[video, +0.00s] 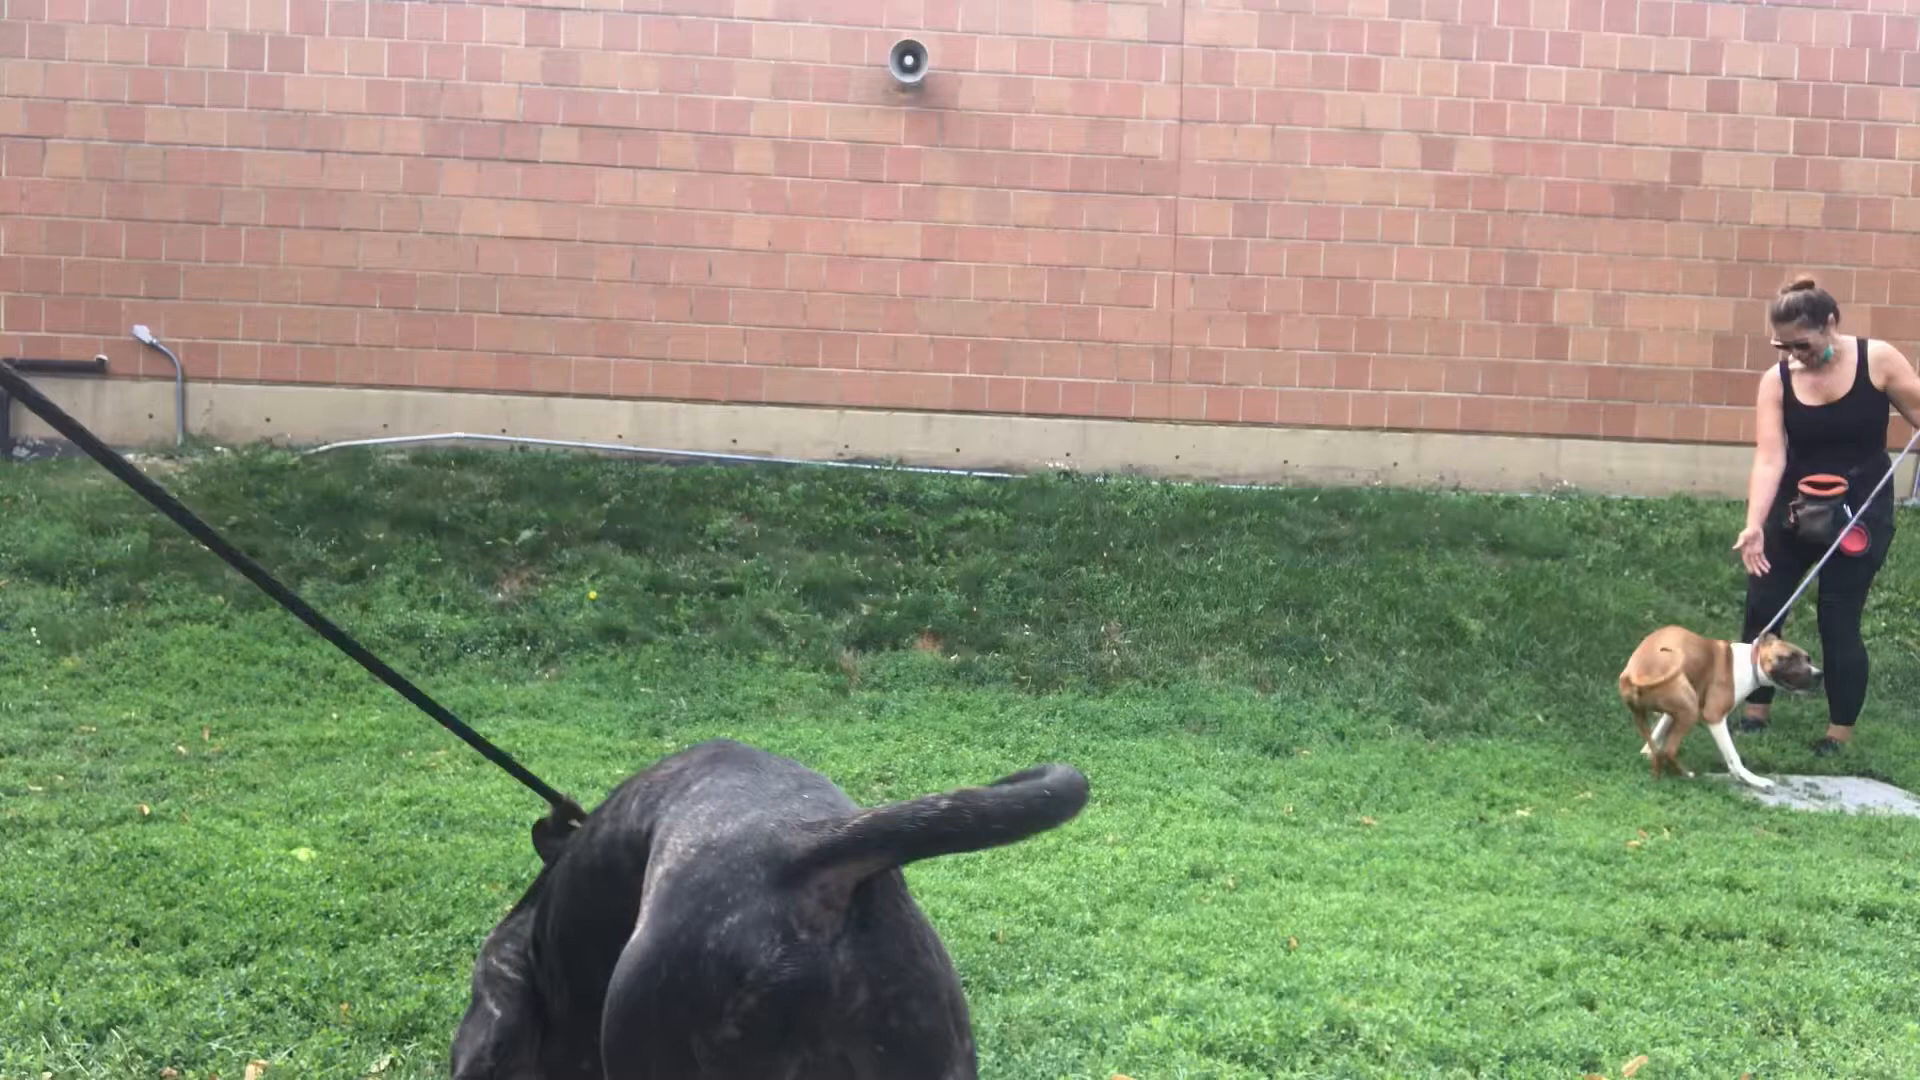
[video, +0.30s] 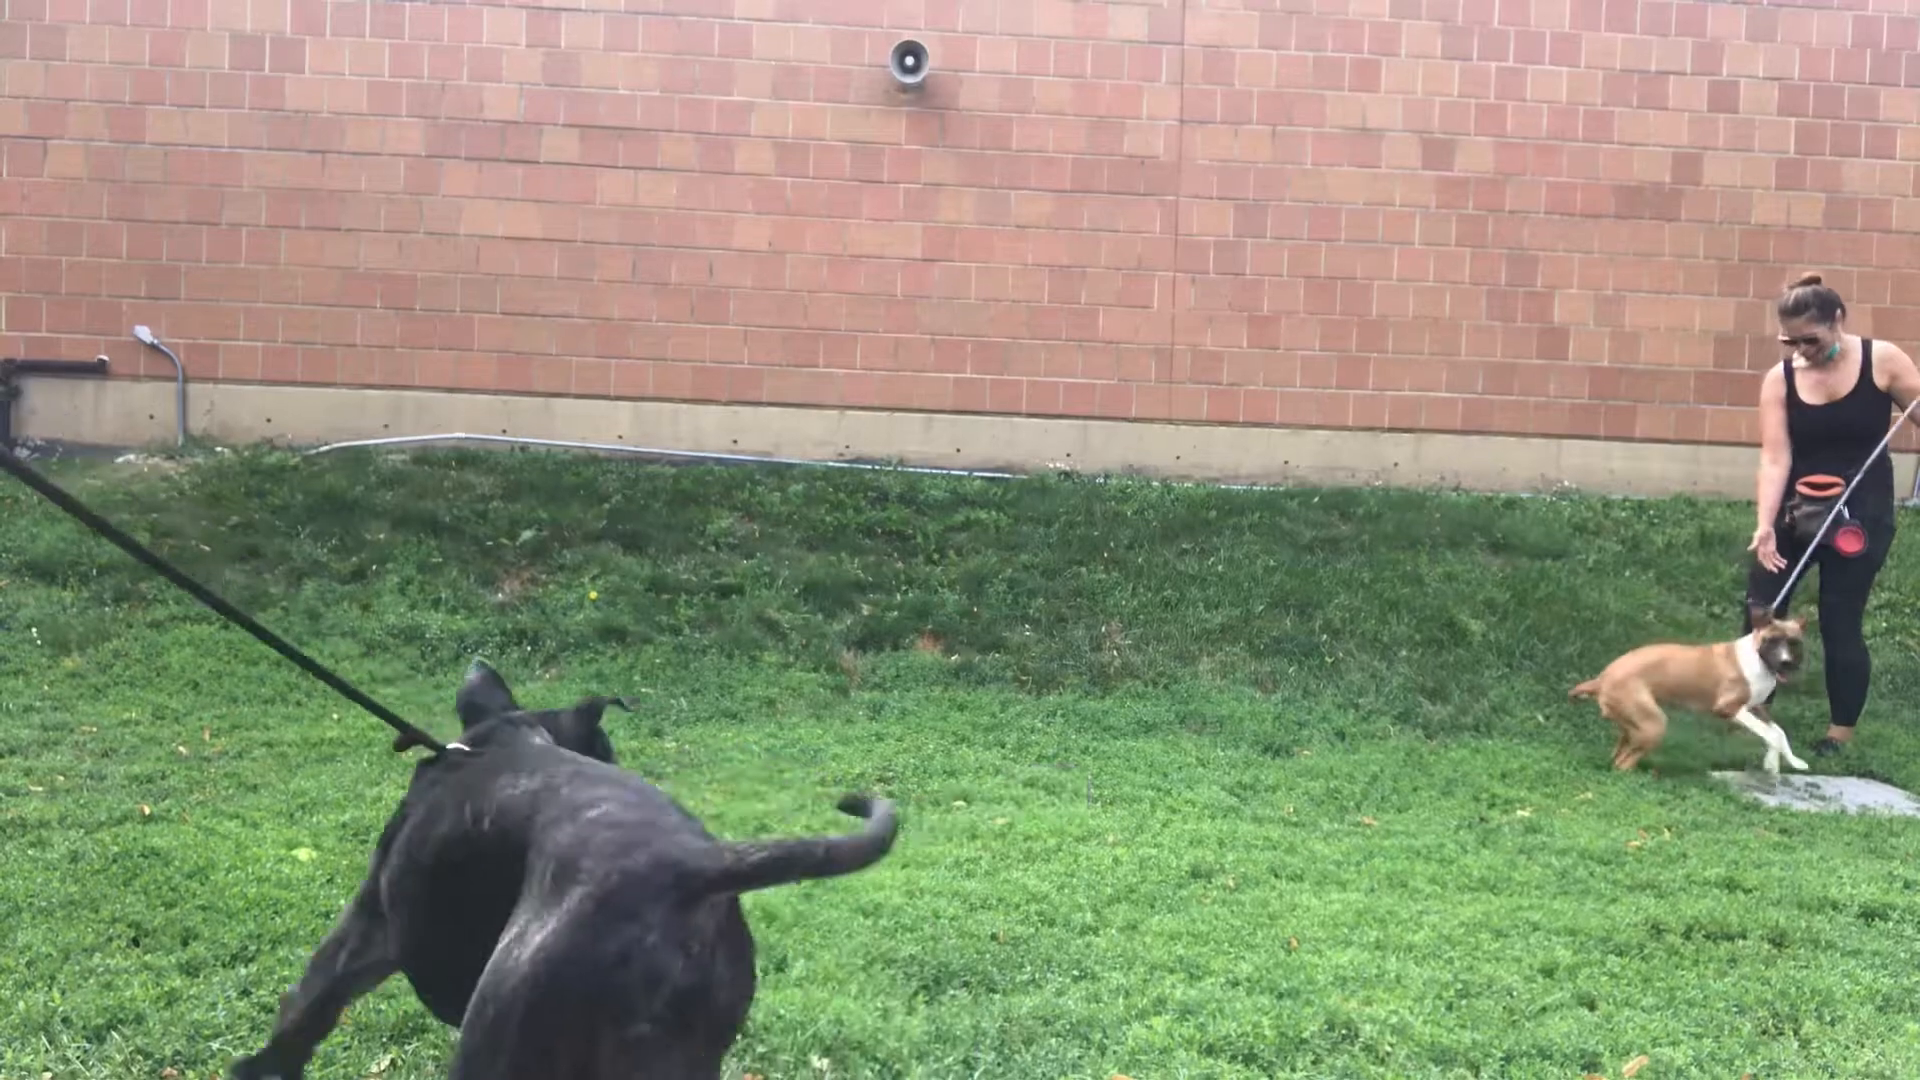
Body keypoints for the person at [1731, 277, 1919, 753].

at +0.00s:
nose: (1793, 357)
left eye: (1802, 346)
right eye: (1784, 346)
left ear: (1831, 326)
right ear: (1775, 334)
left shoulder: (1879, 360)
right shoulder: (1775, 382)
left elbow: (1917, 418)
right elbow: (1768, 460)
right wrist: (1754, 523)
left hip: (1861, 506)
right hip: (1793, 503)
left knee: (1837, 615)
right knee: (1762, 599)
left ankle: (1839, 732)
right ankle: (1755, 711)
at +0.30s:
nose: (1800, 352)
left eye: (1810, 341)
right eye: (1791, 341)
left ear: (1838, 322)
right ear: (1782, 330)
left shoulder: (1884, 361)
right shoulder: (1778, 380)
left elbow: (1919, 417)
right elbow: (1774, 459)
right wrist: (1765, 523)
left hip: (1860, 511)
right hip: (1794, 510)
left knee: (1839, 621)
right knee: (1759, 607)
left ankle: (1839, 736)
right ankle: (1753, 710)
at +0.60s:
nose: (1816, 338)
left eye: (1826, 328)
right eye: (1807, 329)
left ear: (1851, 313)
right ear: (1797, 322)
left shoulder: (1893, 365)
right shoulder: (1787, 371)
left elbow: (1917, 430)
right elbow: (1765, 452)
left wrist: (1906, 432)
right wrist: (1757, 522)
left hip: (1861, 512)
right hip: (1794, 507)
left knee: (1840, 619)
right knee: (1758, 607)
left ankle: (1840, 731)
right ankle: (1745, 709)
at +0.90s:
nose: (1820, 321)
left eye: (1830, 310)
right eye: (1810, 313)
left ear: (1855, 305)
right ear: (1803, 314)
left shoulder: (1893, 364)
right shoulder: (1792, 368)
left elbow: (1912, 443)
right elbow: (1768, 447)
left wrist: (1910, 404)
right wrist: (1759, 513)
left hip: (1858, 510)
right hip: (1792, 506)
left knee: (1840, 619)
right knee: (1754, 605)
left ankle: (1841, 732)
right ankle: (1755, 712)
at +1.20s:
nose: (1816, 317)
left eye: (1827, 307)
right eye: (1808, 309)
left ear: (1854, 303)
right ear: (1802, 312)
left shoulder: (1892, 364)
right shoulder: (1793, 366)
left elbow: (1918, 434)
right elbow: (1769, 445)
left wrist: (1872, 443)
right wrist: (1766, 511)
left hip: (1857, 513)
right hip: (1794, 507)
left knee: (1839, 618)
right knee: (1755, 601)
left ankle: (1840, 732)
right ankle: (1754, 714)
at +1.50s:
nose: (1812, 320)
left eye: (1822, 309)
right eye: (1804, 313)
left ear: (1850, 304)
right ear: (1799, 314)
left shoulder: (1884, 365)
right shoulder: (1792, 366)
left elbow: (1871, 447)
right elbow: (1771, 445)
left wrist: (1815, 482)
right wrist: (1759, 513)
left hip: (1854, 509)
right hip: (1793, 503)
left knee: (1834, 617)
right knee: (1746, 596)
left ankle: (1841, 736)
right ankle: (1750, 712)